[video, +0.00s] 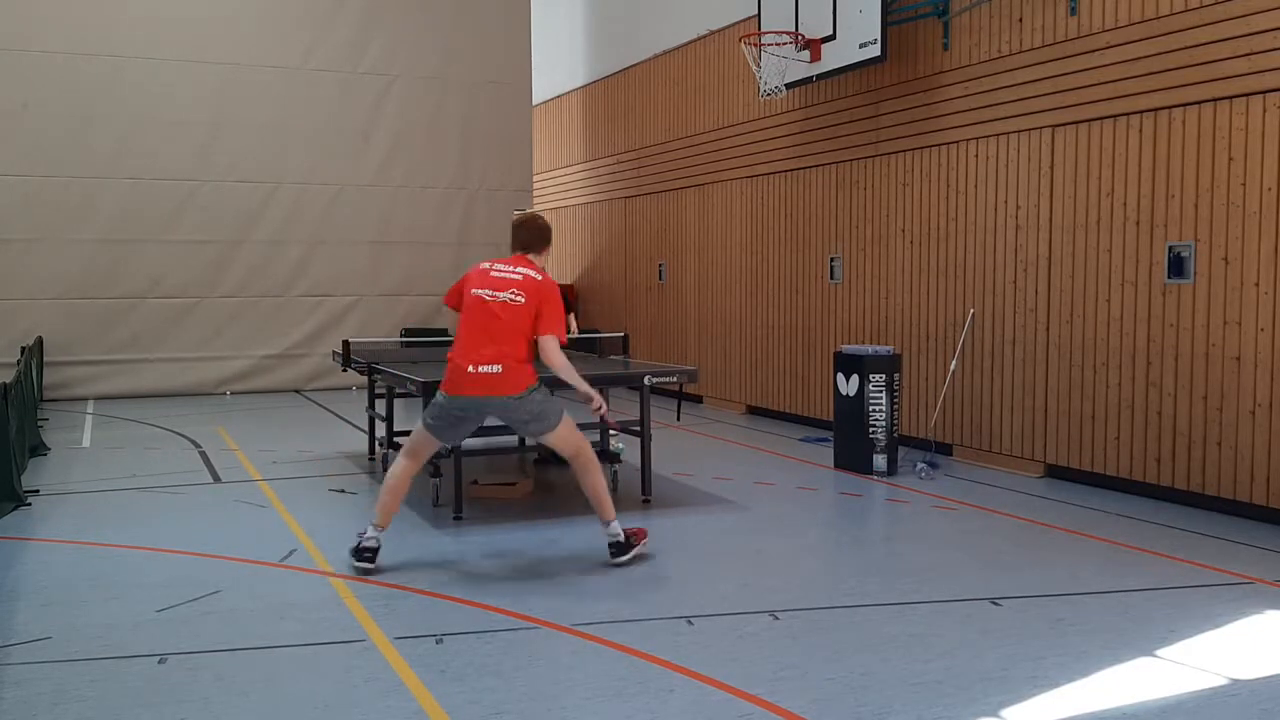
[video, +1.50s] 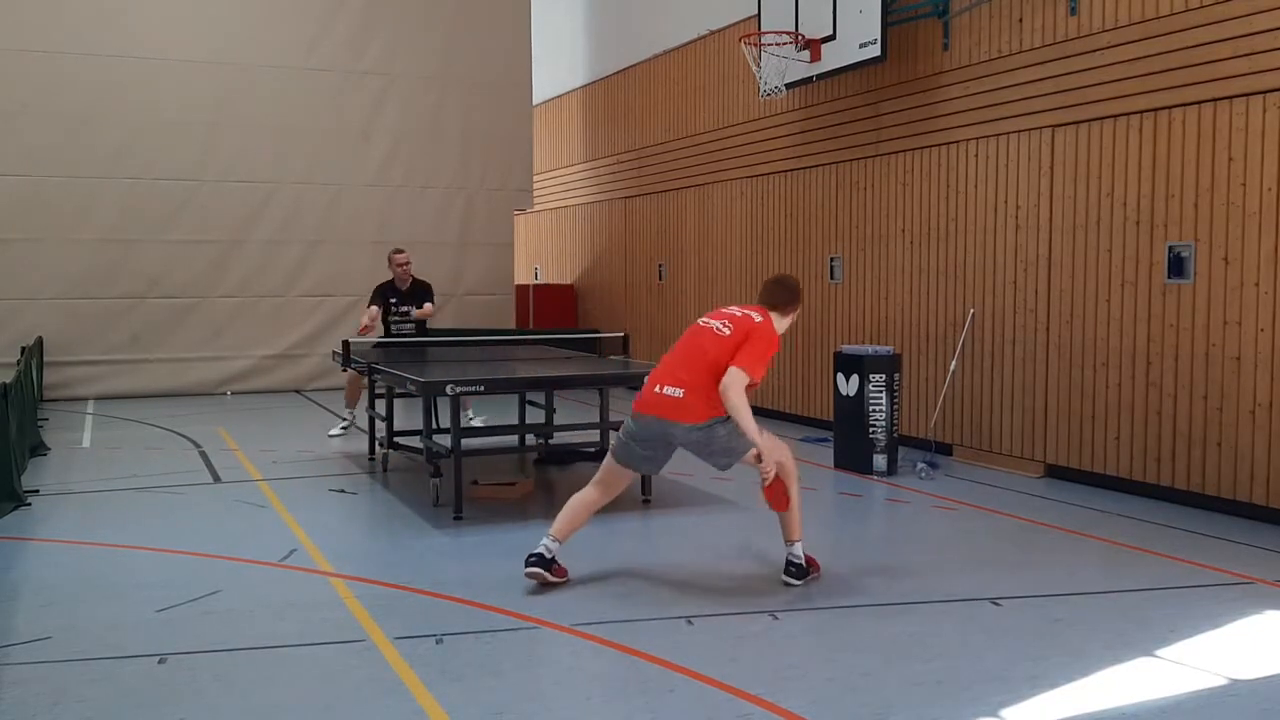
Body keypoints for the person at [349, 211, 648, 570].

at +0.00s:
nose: (549, 255)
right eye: (549, 250)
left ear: (513, 245)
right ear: (545, 250)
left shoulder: (478, 272)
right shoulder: (544, 285)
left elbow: (451, 305)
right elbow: (549, 350)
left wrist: (491, 320)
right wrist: (585, 389)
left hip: (459, 387)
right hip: (515, 388)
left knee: (411, 457)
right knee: (579, 452)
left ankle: (370, 539)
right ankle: (616, 536)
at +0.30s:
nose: (651, 296)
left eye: (652, 289)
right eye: (652, 289)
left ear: (618, 279)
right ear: (643, 286)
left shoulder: (584, 303)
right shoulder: (614, 316)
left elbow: (567, 351)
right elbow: (599, 379)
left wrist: (611, 361)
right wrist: (642, 417)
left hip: (527, 412)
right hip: (573, 418)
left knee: (469, 487)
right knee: (659, 448)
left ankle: (392, 546)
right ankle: (635, 542)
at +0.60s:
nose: (691, 253)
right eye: (691, 249)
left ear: (653, 245)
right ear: (688, 250)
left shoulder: (622, 268)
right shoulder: (692, 281)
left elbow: (566, 297)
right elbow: (725, 315)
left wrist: (598, 307)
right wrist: (705, 279)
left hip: (607, 379)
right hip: (660, 383)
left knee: (589, 435)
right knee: (710, 443)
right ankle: (688, 523)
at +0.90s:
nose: (682, 250)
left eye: (683, 245)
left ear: (687, 247)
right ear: (721, 250)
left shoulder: (671, 274)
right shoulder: (742, 284)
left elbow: (624, 324)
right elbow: (761, 356)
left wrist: (630, 338)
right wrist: (735, 356)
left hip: (679, 382)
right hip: (732, 387)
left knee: (627, 451)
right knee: (766, 462)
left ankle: (596, 530)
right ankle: (800, 542)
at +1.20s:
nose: (764, 284)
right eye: (765, 278)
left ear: (728, 272)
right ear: (762, 279)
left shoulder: (699, 296)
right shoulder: (760, 307)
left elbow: (697, 356)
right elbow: (752, 367)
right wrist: (781, 425)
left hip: (663, 406)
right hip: (720, 412)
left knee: (608, 485)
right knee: (782, 466)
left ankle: (562, 558)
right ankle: (797, 555)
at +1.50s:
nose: (792, 323)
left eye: (793, 316)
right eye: (794, 317)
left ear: (759, 299)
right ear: (791, 313)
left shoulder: (721, 313)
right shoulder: (766, 331)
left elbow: (690, 368)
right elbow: (732, 386)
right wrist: (759, 443)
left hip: (648, 410)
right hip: (698, 415)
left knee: (599, 489)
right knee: (783, 459)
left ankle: (543, 552)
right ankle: (796, 559)